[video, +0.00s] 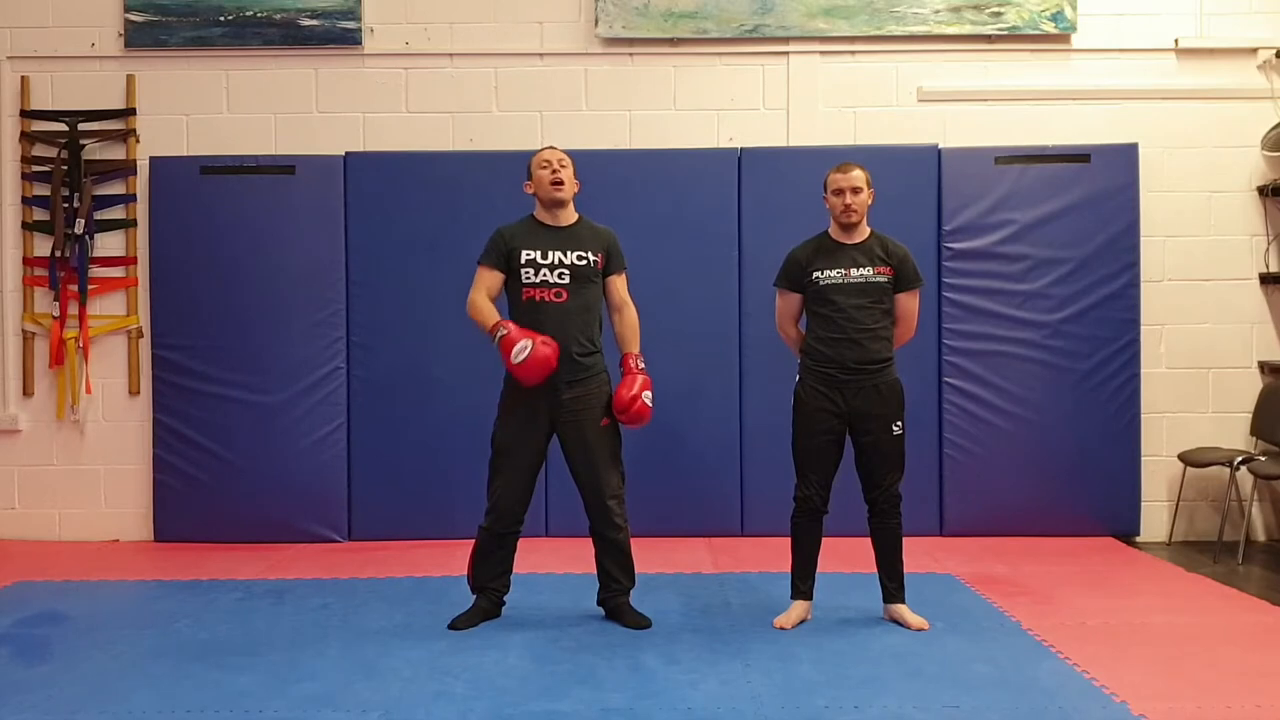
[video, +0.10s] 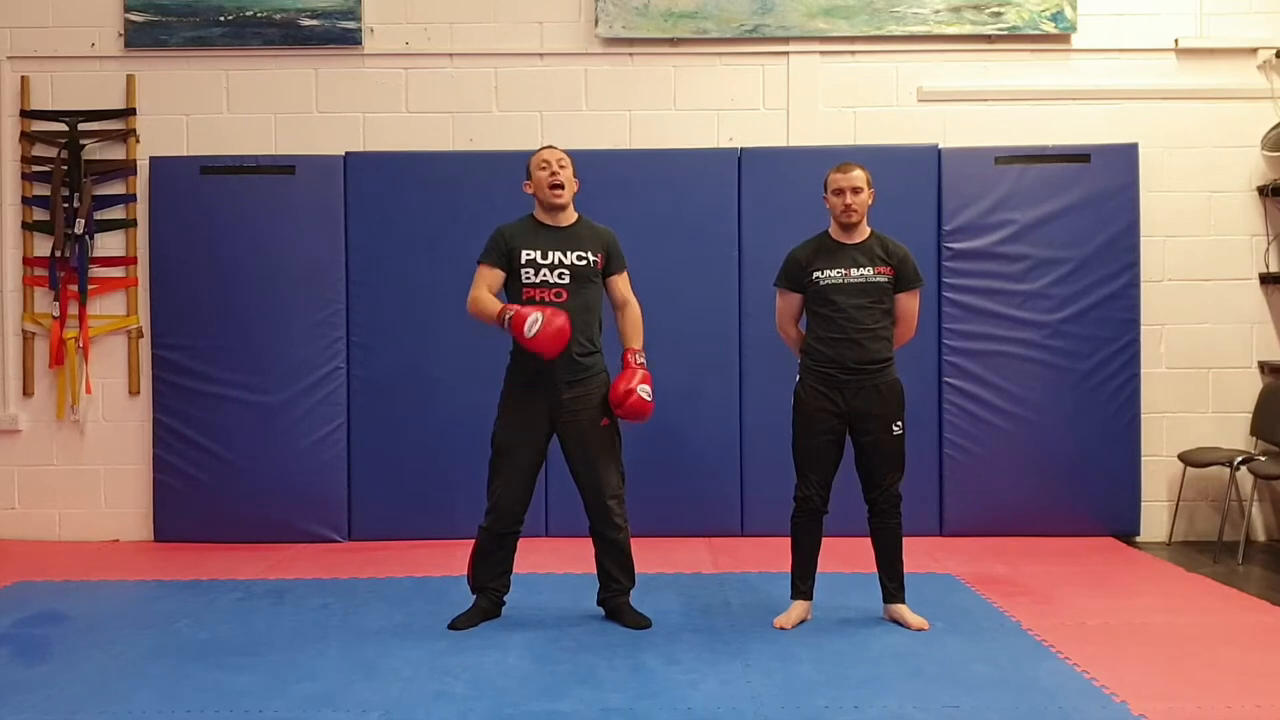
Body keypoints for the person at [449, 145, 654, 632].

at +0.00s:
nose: (557, 171)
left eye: (563, 165)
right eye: (546, 167)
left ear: (576, 182)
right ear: (531, 187)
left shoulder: (602, 240)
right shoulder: (508, 239)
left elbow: (622, 307)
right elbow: (478, 298)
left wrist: (634, 367)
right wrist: (505, 333)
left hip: (587, 387)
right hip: (527, 388)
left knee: (607, 498)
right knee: (505, 497)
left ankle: (617, 597)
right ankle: (488, 597)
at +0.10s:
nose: (556, 173)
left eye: (562, 166)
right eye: (545, 168)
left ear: (576, 181)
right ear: (530, 186)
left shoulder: (601, 239)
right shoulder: (508, 238)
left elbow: (626, 303)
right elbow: (478, 298)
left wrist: (635, 364)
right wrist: (516, 318)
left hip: (587, 387)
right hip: (527, 388)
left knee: (607, 498)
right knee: (505, 497)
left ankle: (616, 597)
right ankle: (488, 597)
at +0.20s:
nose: (552, 176)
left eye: (560, 169)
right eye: (543, 170)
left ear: (575, 181)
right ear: (529, 185)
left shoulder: (600, 240)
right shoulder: (508, 239)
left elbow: (635, 300)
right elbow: (471, 291)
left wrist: (634, 354)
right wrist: (521, 304)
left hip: (587, 389)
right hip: (526, 389)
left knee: (607, 499)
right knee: (505, 498)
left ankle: (616, 597)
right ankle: (488, 597)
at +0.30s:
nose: (547, 181)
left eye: (557, 173)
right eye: (539, 173)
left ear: (575, 183)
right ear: (529, 183)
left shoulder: (600, 240)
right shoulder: (511, 237)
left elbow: (646, 295)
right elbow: (470, 281)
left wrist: (624, 343)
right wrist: (519, 313)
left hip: (585, 386)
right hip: (526, 386)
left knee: (607, 497)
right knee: (505, 497)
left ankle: (616, 598)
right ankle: (488, 597)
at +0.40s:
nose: (548, 183)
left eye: (558, 175)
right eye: (541, 174)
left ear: (576, 185)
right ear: (530, 182)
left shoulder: (600, 240)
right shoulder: (511, 237)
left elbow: (648, 294)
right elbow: (467, 284)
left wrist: (620, 334)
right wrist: (505, 320)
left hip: (587, 388)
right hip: (527, 387)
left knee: (608, 498)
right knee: (505, 497)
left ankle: (617, 597)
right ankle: (488, 597)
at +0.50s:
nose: (548, 184)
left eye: (559, 176)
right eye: (541, 175)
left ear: (576, 185)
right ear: (530, 181)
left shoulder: (599, 241)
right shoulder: (510, 237)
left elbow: (636, 297)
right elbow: (464, 283)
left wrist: (636, 336)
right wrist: (508, 319)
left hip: (587, 387)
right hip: (527, 386)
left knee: (608, 498)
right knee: (505, 496)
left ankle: (616, 597)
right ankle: (488, 597)